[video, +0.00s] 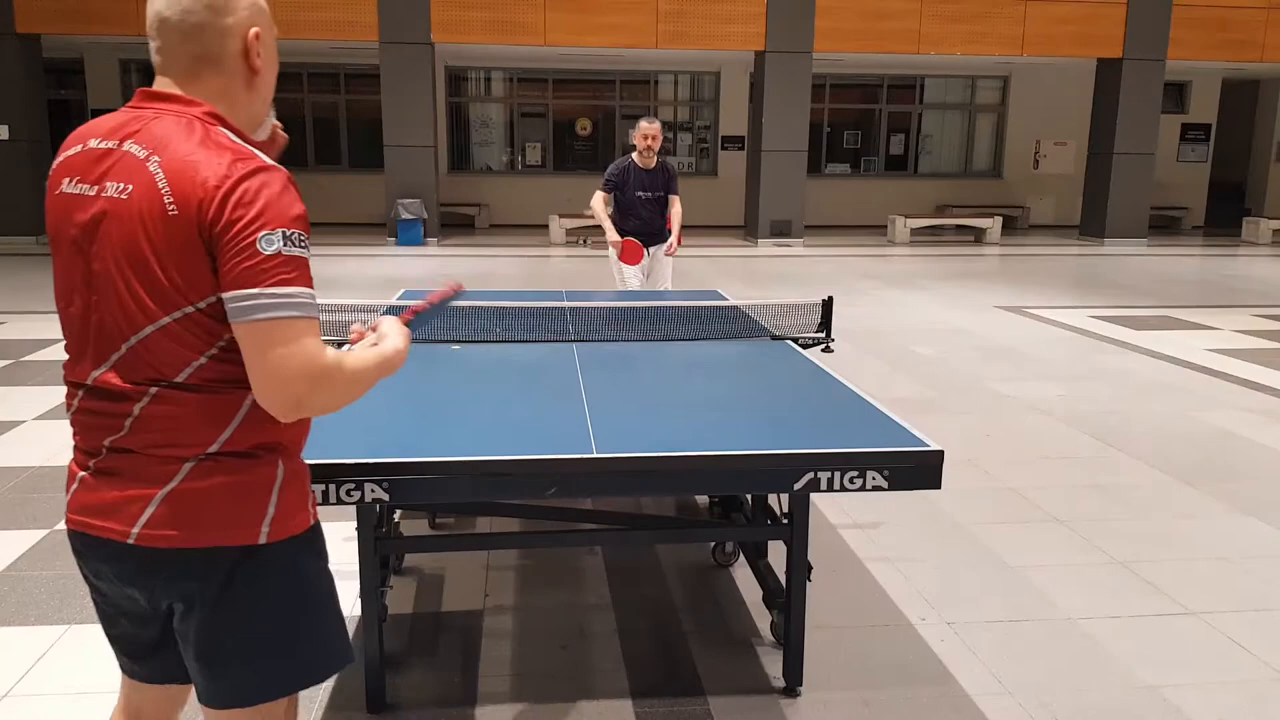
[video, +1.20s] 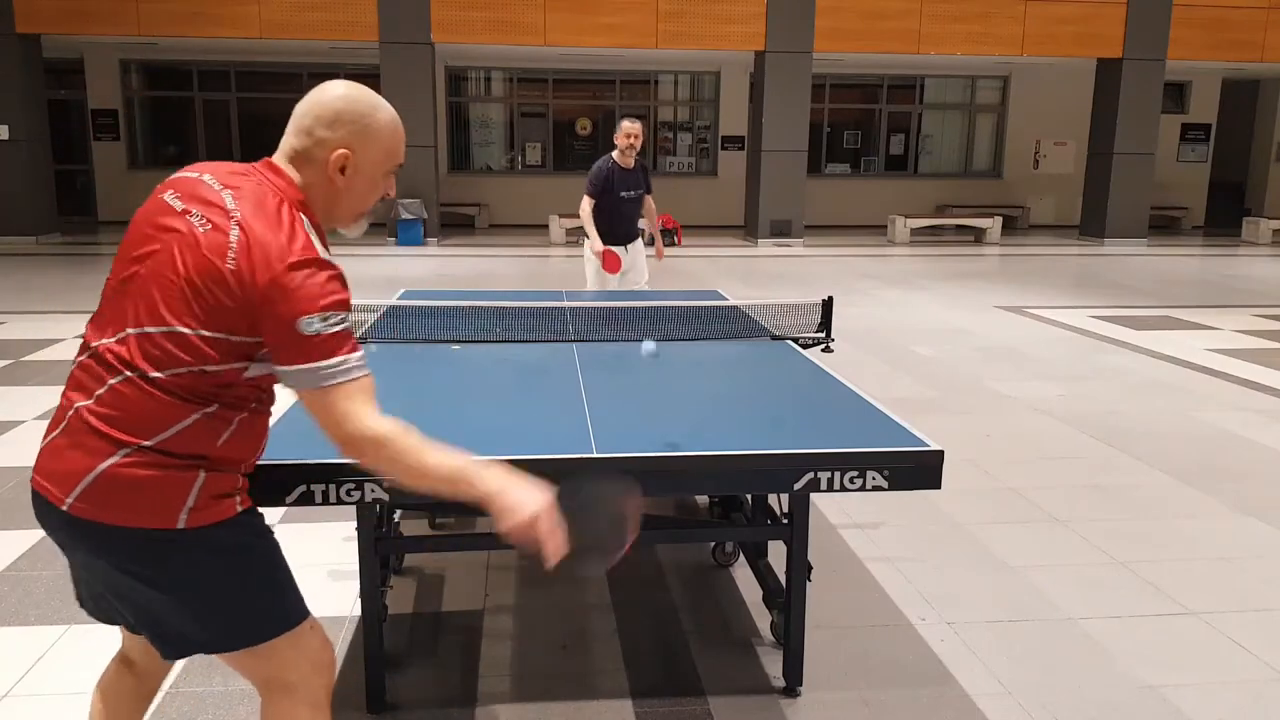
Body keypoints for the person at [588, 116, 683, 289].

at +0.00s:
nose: (649, 143)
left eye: (654, 138)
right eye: (644, 138)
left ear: (661, 139)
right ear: (634, 138)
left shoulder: (668, 170)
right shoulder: (619, 168)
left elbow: (675, 206)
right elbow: (597, 201)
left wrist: (675, 235)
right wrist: (610, 231)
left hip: (660, 247)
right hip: (627, 248)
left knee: (663, 302)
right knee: (632, 303)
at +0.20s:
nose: (644, 144)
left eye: (649, 138)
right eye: (639, 138)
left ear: (655, 140)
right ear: (628, 138)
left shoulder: (662, 168)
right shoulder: (613, 168)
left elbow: (671, 196)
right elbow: (597, 205)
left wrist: (670, 217)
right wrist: (634, 223)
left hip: (652, 247)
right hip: (618, 249)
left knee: (657, 303)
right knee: (626, 305)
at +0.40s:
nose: (640, 143)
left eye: (645, 137)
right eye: (635, 136)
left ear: (651, 138)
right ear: (624, 136)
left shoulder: (655, 165)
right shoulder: (609, 165)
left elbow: (672, 190)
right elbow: (592, 192)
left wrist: (676, 206)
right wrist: (617, 203)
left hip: (649, 245)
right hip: (616, 247)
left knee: (651, 301)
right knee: (620, 304)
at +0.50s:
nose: (640, 142)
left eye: (644, 136)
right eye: (634, 136)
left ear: (651, 137)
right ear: (623, 136)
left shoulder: (655, 165)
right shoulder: (612, 164)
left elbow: (670, 190)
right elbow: (599, 179)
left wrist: (684, 207)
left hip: (647, 245)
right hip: (614, 246)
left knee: (650, 300)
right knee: (621, 302)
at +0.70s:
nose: (643, 144)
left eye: (648, 139)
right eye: (638, 138)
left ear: (654, 141)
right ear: (627, 139)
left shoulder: (657, 172)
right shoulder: (611, 168)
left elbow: (675, 205)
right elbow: (582, 184)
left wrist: (692, 229)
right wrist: (557, 196)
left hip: (648, 248)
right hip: (617, 248)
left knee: (652, 304)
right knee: (623, 305)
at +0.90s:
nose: (643, 144)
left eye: (648, 139)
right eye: (639, 139)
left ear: (654, 142)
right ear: (628, 140)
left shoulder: (659, 172)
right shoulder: (612, 169)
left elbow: (672, 209)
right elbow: (585, 197)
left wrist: (685, 246)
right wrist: (573, 220)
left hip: (647, 248)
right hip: (614, 248)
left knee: (652, 304)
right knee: (618, 303)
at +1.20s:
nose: (632, 142)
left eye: (636, 137)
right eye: (627, 137)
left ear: (641, 140)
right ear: (616, 139)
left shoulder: (641, 168)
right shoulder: (602, 168)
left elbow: (647, 204)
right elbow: (584, 208)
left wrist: (657, 239)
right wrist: (595, 242)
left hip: (634, 248)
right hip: (603, 250)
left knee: (639, 302)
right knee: (602, 307)